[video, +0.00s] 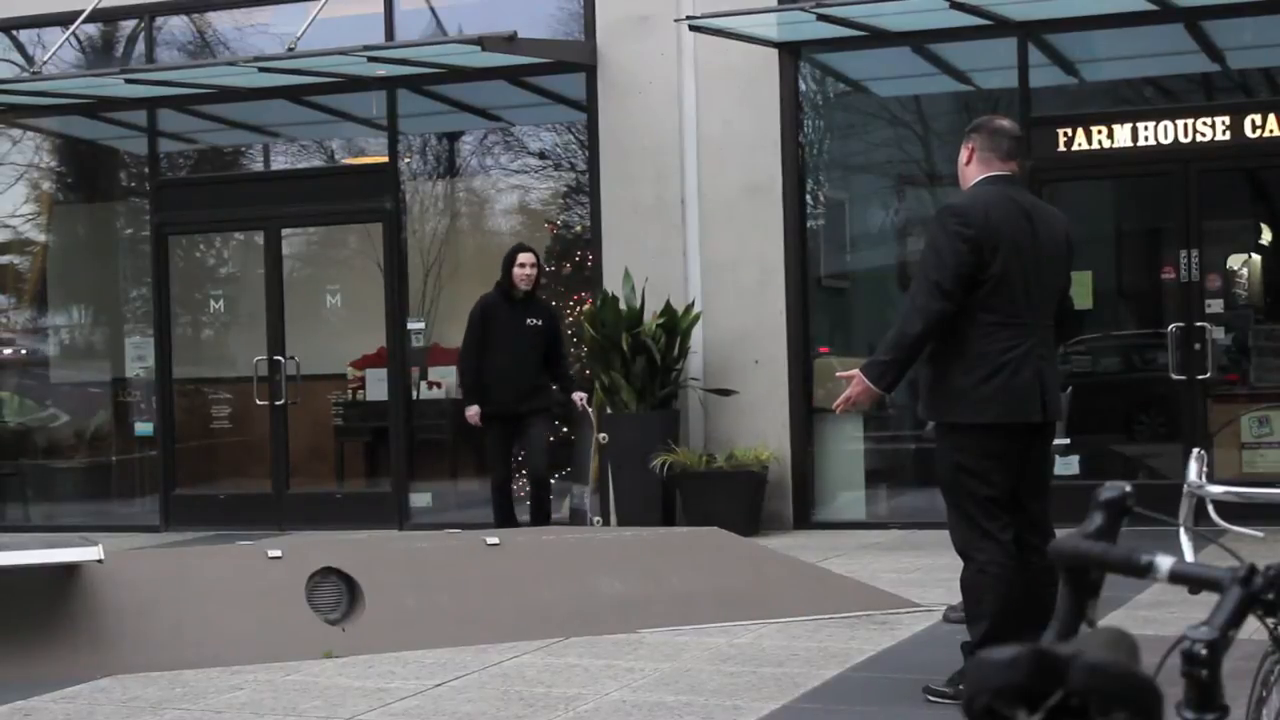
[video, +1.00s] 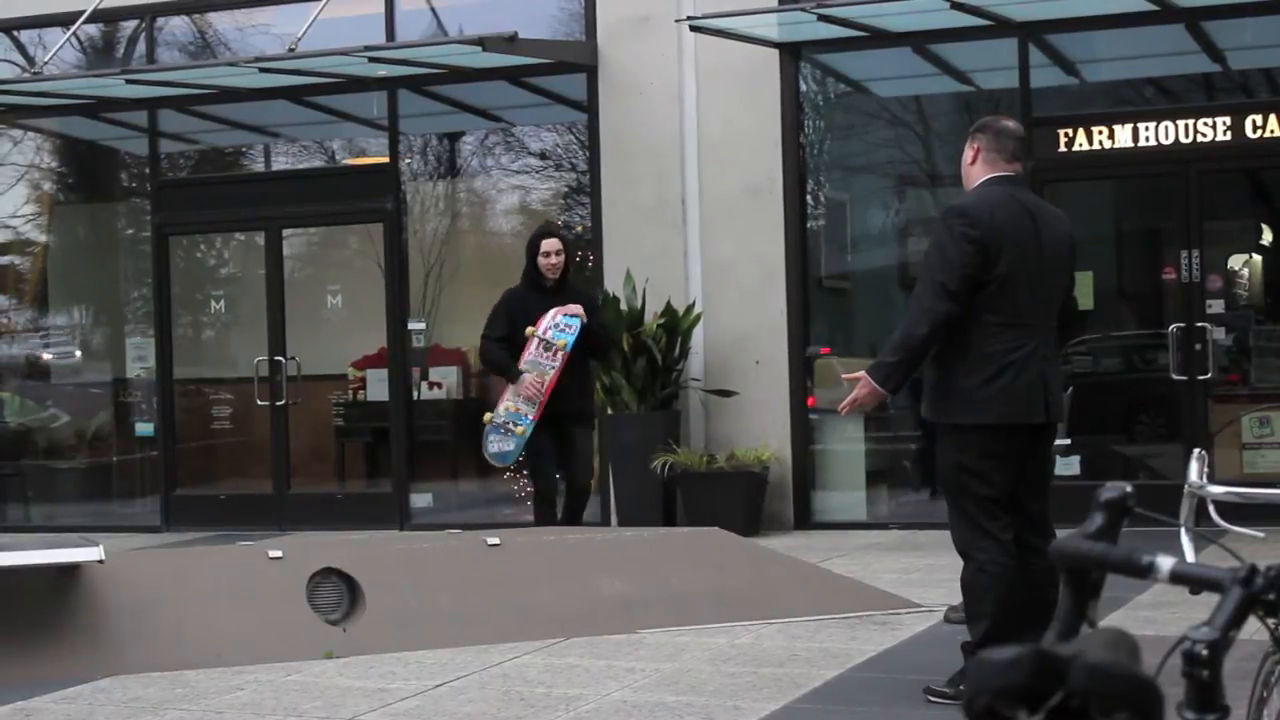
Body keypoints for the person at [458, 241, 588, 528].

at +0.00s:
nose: (527, 272)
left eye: (532, 266)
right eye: (521, 266)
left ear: (538, 272)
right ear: (509, 270)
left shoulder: (545, 312)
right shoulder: (487, 307)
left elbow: (556, 359)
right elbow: (468, 356)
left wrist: (572, 389)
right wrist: (470, 400)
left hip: (535, 401)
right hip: (496, 402)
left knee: (539, 471)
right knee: (501, 476)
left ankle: (541, 536)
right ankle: (508, 537)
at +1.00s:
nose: (553, 261)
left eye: (558, 253)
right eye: (545, 255)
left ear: (566, 256)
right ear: (533, 258)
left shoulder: (582, 298)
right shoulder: (515, 299)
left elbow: (604, 350)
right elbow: (489, 349)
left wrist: (585, 320)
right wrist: (516, 376)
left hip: (576, 406)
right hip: (535, 408)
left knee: (581, 482)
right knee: (545, 485)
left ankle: (567, 540)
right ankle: (546, 547)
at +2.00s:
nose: (599, 191)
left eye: (606, 185)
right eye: (593, 181)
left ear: (611, 184)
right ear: (576, 175)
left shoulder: (611, 216)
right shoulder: (534, 207)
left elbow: (622, 269)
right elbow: (503, 259)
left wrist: (588, 278)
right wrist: (503, 305)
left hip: (589, 331)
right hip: (542, 330)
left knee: (583, 413)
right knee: (538, 409)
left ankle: (579, 502)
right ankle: (540, 492)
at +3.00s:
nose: (587, 169)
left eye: (591, 162)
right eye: (578, 161)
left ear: (594, 170)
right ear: (555, 166)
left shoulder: (603, 221)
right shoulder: (523, 223)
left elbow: (623, 286)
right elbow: (503, 292)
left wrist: (616, 338)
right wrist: (501, 353)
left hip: (588, 356)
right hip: (535, 357)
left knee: (588, 452)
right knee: (542, 448)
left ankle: (589, 558)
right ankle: (559, 508)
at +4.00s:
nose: (617, 238)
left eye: (619, 230)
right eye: (614, 228)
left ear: (589, 224)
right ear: (591, 223)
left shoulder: (593, 273)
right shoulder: (547, 269)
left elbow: (602, 346)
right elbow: (524, 349)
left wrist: (639, 348)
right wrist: (536, 419)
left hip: (609, 428)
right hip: (563, 431)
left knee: (622, 533)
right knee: (563, 536)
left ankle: (621, 646)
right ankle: (565, 639)